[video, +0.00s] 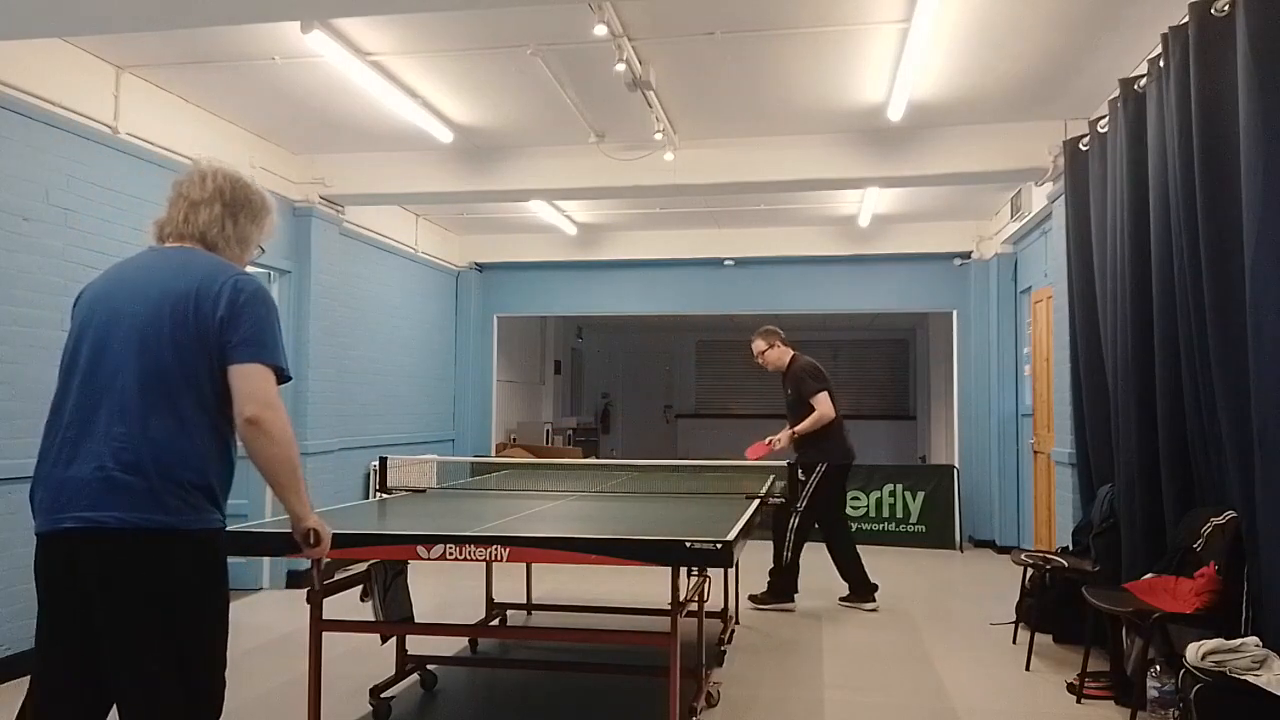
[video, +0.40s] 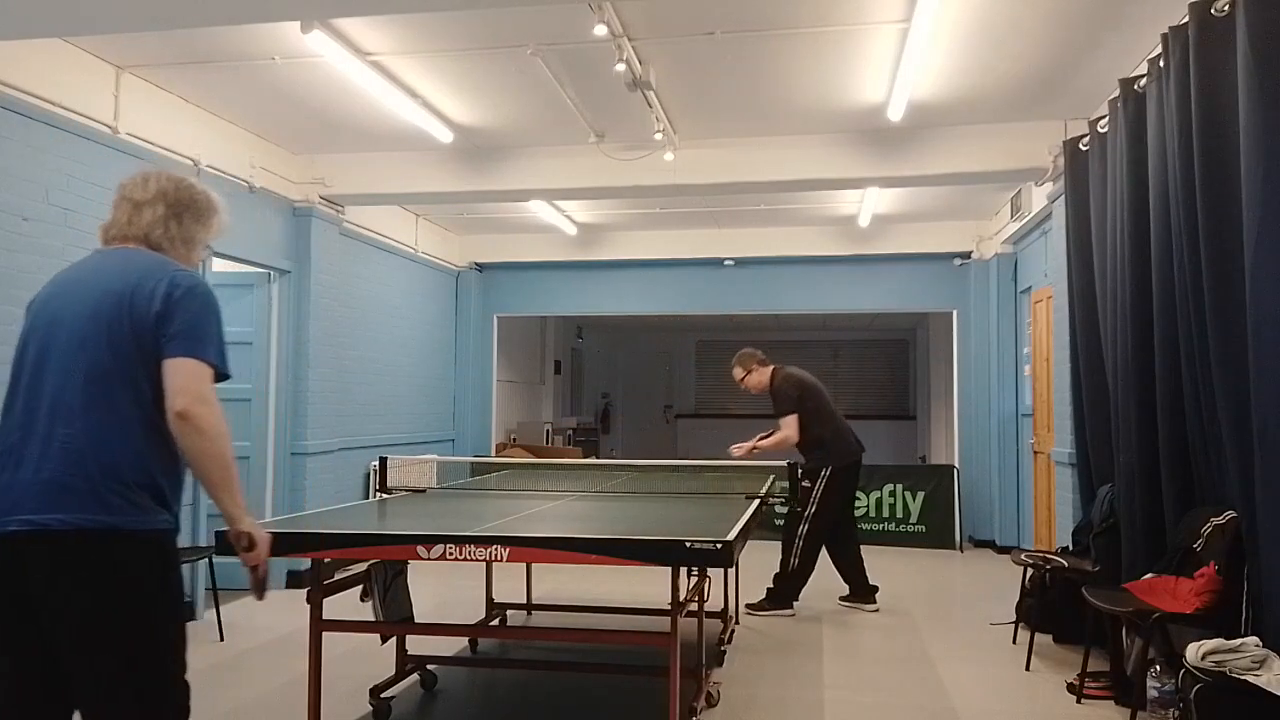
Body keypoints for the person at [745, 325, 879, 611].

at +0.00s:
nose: (759, 361)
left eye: (761, 354)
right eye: (756, 357)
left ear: (777, 345)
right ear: (775, 349)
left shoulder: (803, 368)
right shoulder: (792, 373)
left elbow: (826, 412)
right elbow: (806, 416)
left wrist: (792, 433)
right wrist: (784, 434)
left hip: (825, 460)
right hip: (821, 459)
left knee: (792, 519)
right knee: (833, 526)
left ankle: (781, 590)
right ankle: (862, 590)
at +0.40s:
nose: (746, 389)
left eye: (743, 382)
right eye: (742, 385)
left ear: (755, 369)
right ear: (757, 369)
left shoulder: (784, 382)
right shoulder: (788, 377)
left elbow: (790, 436)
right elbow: (795, 426)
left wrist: (754, 447)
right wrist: (765, 438)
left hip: (830, 461)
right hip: (844, 457)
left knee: (802, 528)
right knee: (838, 527)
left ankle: (781, 598)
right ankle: (862, 592)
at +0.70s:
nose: (719, 418)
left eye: (716, 411)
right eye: (714, 414)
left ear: (728, 398)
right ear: (729, 397)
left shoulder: (757, 402)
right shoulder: (760, 396)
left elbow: (762, 452)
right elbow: (773, 445)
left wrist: (726, 461)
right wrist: (742, 450)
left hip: (823, 459)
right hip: (837, 454)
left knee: (790, 522)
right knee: (835, 526)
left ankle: (780, 598)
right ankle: (862, 591)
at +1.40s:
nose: (729, 402)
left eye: (728, 395)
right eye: (726, 398)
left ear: (741, 385)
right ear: (745, 384)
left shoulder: (770, 396)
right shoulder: (777, 390)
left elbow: (752, 446)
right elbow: (763, 441)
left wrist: (720, 437)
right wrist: (734, 438)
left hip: (827, 463)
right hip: (842, 458)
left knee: (789, 521)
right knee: (832, 529)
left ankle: (779, 597)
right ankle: (861, 591)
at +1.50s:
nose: (738, 382)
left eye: (740, 375)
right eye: (736, 377)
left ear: (756, 369)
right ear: (758, 369)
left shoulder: (778, 386)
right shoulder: (786, 381)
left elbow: (745, 422)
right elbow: (753, 421)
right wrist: (734, 411)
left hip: (830, 464)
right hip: (843, 459)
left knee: (791, 522)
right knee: (832, 529)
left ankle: (780, 597)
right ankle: (861, 591)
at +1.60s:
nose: (748, 364)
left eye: (752, 358)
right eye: (748, 359)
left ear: (769, 355)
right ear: (772, 357)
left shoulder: (789, 376)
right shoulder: (794, 375)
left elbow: (756, 407)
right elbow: (762, 406)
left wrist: (726, 390)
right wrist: (728, 393)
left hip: (832, 462)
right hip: (842, 459)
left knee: (798, 523)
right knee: (834, 527)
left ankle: (782, 596)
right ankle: (861, 592)